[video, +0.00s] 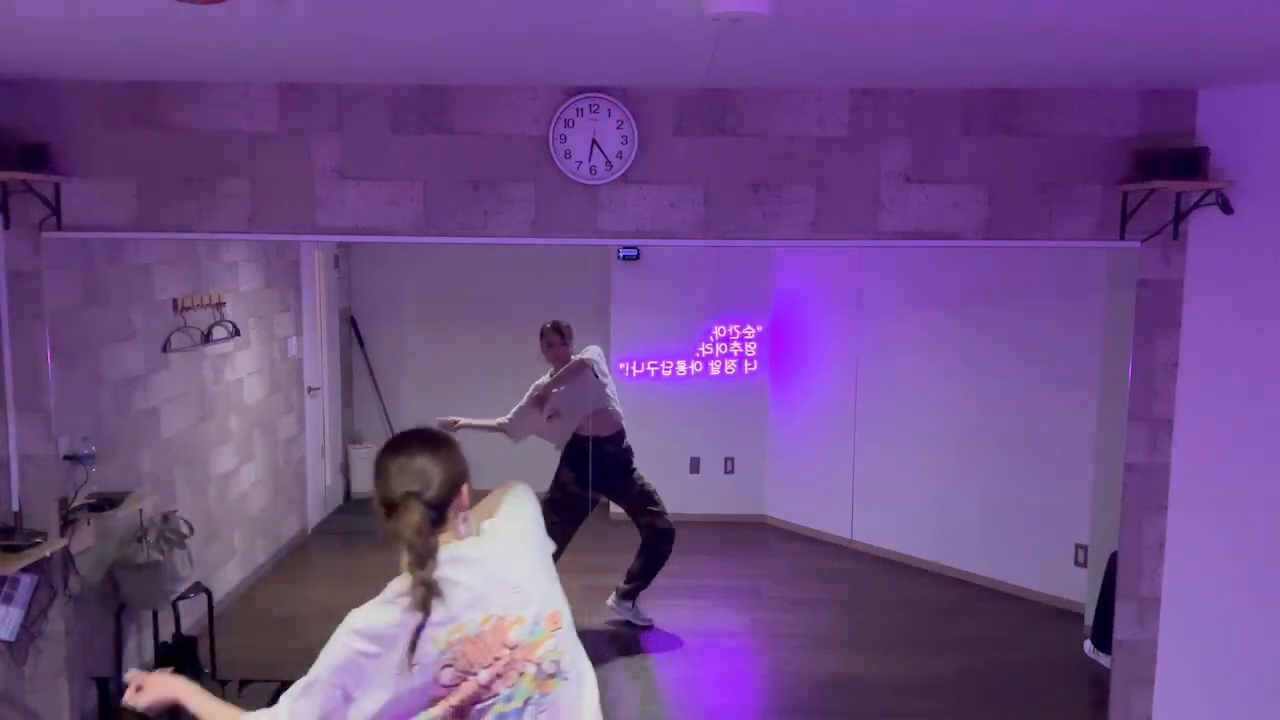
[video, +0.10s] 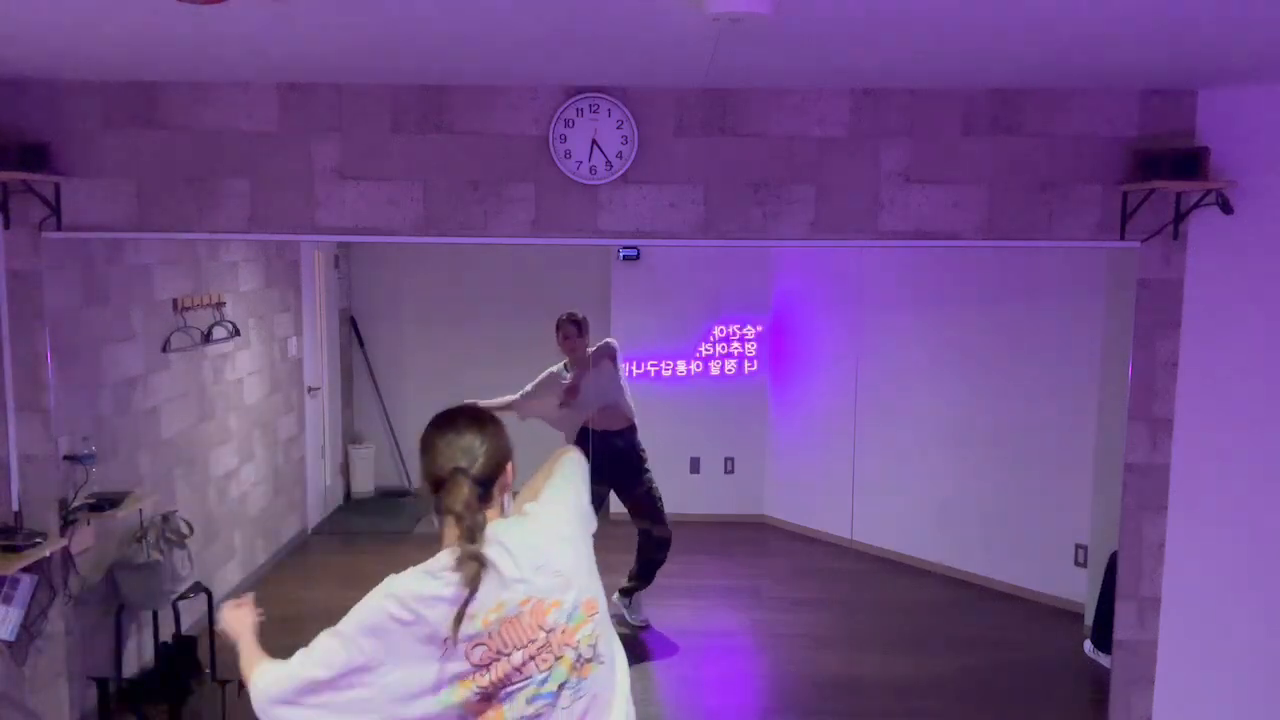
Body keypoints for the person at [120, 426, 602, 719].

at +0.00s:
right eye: (465, 477)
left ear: (384, 514)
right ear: (466, 496)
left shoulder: (382, 624)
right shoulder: (519, 529)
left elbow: (285, 717)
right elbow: (511, 492)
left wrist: (180, 688)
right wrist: (453, 517)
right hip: (572, 708)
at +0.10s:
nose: (512, 470)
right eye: (512, 463)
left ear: (427, 488)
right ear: (507, 479)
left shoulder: (407, 599)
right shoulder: (559, 528)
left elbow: (272, 693)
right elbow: (572, 454)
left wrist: (242, 634)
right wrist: (512, 509)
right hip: (602, 710)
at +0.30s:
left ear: (482, 446)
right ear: (564, 439)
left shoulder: (444, 515)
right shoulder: (612, 471)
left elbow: (313, 553)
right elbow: (680, 463)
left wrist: (392, 617)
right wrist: (633, 516)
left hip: (504, 710)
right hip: (626, 707)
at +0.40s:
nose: (593, 422)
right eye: (589, 415)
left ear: (501, 433)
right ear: (584, 427)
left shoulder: (468, 494)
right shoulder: (626, 468)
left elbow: (356, 569)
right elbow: (712, 527)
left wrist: (431, 653)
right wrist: (659, 610)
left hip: (507, 709)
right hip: (625, 704)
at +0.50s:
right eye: (604, 417)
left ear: (517, 431)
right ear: (599, 429)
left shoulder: (476, 505)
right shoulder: (650, 498)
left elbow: (421, 619)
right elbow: (705, 623)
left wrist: (462, 683)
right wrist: (690, 694)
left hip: (505, 709)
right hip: (627, 710)